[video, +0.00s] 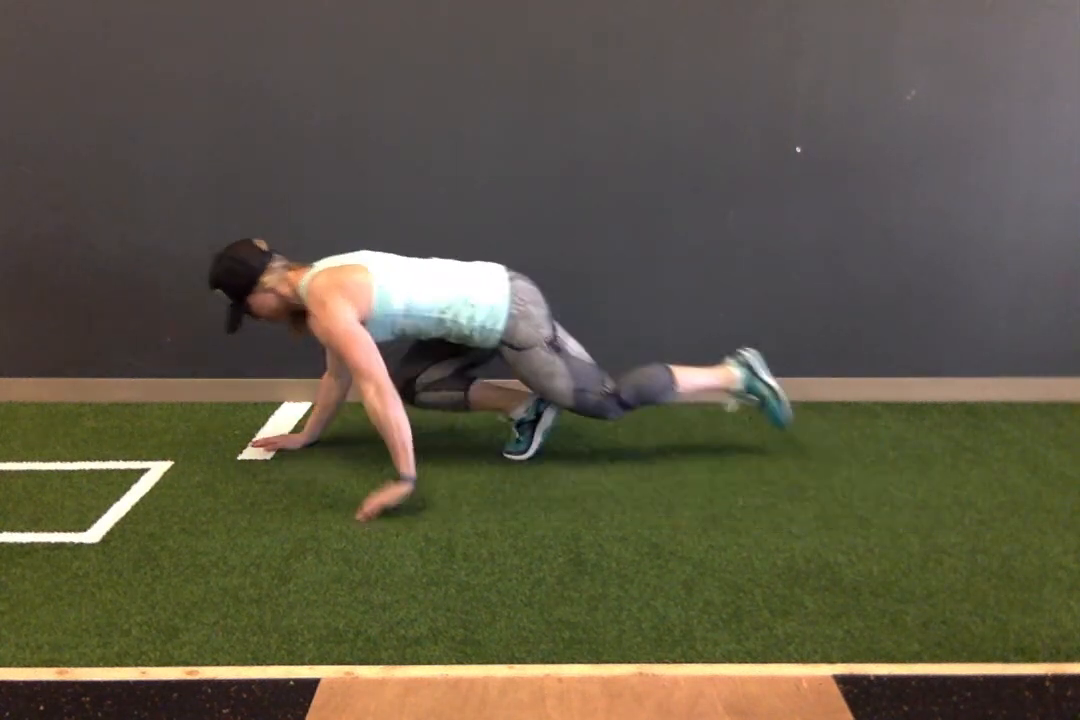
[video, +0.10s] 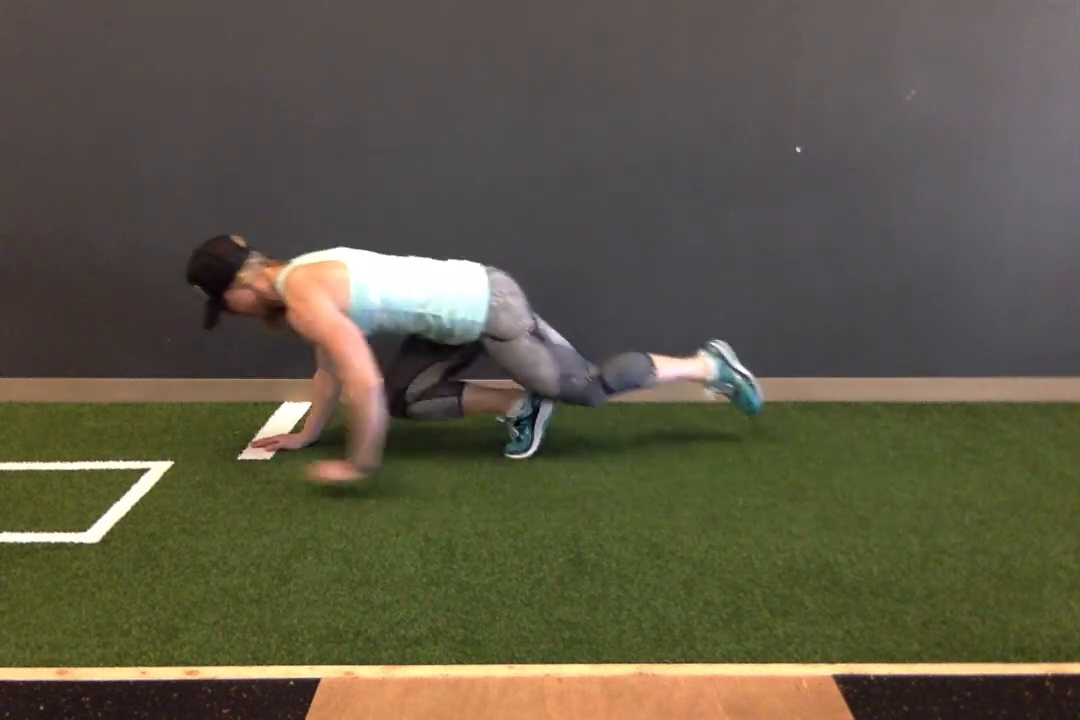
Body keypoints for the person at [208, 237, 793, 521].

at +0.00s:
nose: (254, 316)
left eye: (248, 307)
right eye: (247, 309)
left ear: (258, 291)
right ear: (272, 267)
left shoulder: (328, 308)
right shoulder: (323, 279)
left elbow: (375, 390)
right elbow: (346, 367)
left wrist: (405, 477)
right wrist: (307, 431)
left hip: (511, 310)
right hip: (477, 310)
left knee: (599, 398)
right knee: (401, 381)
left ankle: (735, 377)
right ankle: (526, 405)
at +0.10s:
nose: (233, 314)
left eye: (227, 303)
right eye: (225, 306)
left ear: (242, 283)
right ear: (248, 271)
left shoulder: (308, 299)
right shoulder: (301, 278)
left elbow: (361, 385)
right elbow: (332, 360)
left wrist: (359, 464)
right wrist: (307, 427)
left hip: (488, 307)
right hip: (449, 319)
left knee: (580, 385)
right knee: (402, 397)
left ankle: (709, 369)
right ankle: (521, 402)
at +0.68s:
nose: (116, 308)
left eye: (108, 301)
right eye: (107, 303)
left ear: (115, 280)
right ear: (133, 256)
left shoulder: (170, 296)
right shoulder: (197, 268)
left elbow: (148, 399)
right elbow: (263, 345)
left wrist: (124, 478)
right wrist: (295, 416)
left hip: (370, 293)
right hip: (362, 290)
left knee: (488, 335)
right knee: (393, 405)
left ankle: (608, 333)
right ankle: (519, 403)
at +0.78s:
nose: (93, 310)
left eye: (84, 302)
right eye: (84, 305)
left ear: (91, 280)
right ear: (108, 258)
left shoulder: (147, 295)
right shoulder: (175, 263)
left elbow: (136, 399)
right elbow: (256, 338)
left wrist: (122, 480)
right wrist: (276, 414)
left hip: (348, 295)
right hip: (342, 289)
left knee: (467, 341)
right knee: (392, 402)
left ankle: (589, 348)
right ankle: (521, 403)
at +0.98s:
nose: (57, 306)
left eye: (48, 298)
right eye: (48, 299)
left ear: (52, 280)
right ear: (68, 252)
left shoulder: (110, 296)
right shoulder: (135, 262)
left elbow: (122, 395)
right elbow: (163, 356)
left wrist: (120, 481)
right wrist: (120, 415)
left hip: (307, 301)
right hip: (311, 268)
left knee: (410, 370)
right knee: (406, 366)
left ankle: (535, 392)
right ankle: (553, 360)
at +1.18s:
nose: (25, 308)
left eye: (18, 299)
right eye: (19, 302)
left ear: (27, 277)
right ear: (34, 265)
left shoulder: (87, 288)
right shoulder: (91, 269)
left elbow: (106, 392)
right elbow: (118, 367)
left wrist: (118, 477)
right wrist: (113, 427)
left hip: (266, 286)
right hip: (270, 275)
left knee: (368, 378)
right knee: (372, 367)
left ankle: (512, 406)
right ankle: (502, 319)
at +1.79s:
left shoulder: (23, 275)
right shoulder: (37, 265)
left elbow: (57, 357)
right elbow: (95, 348)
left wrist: (95, 432)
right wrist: (96, 426)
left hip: (192, 322)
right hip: (219, 318)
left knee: (43, 358)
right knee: (318, 383)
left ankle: (131, 472)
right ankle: (461, 406)